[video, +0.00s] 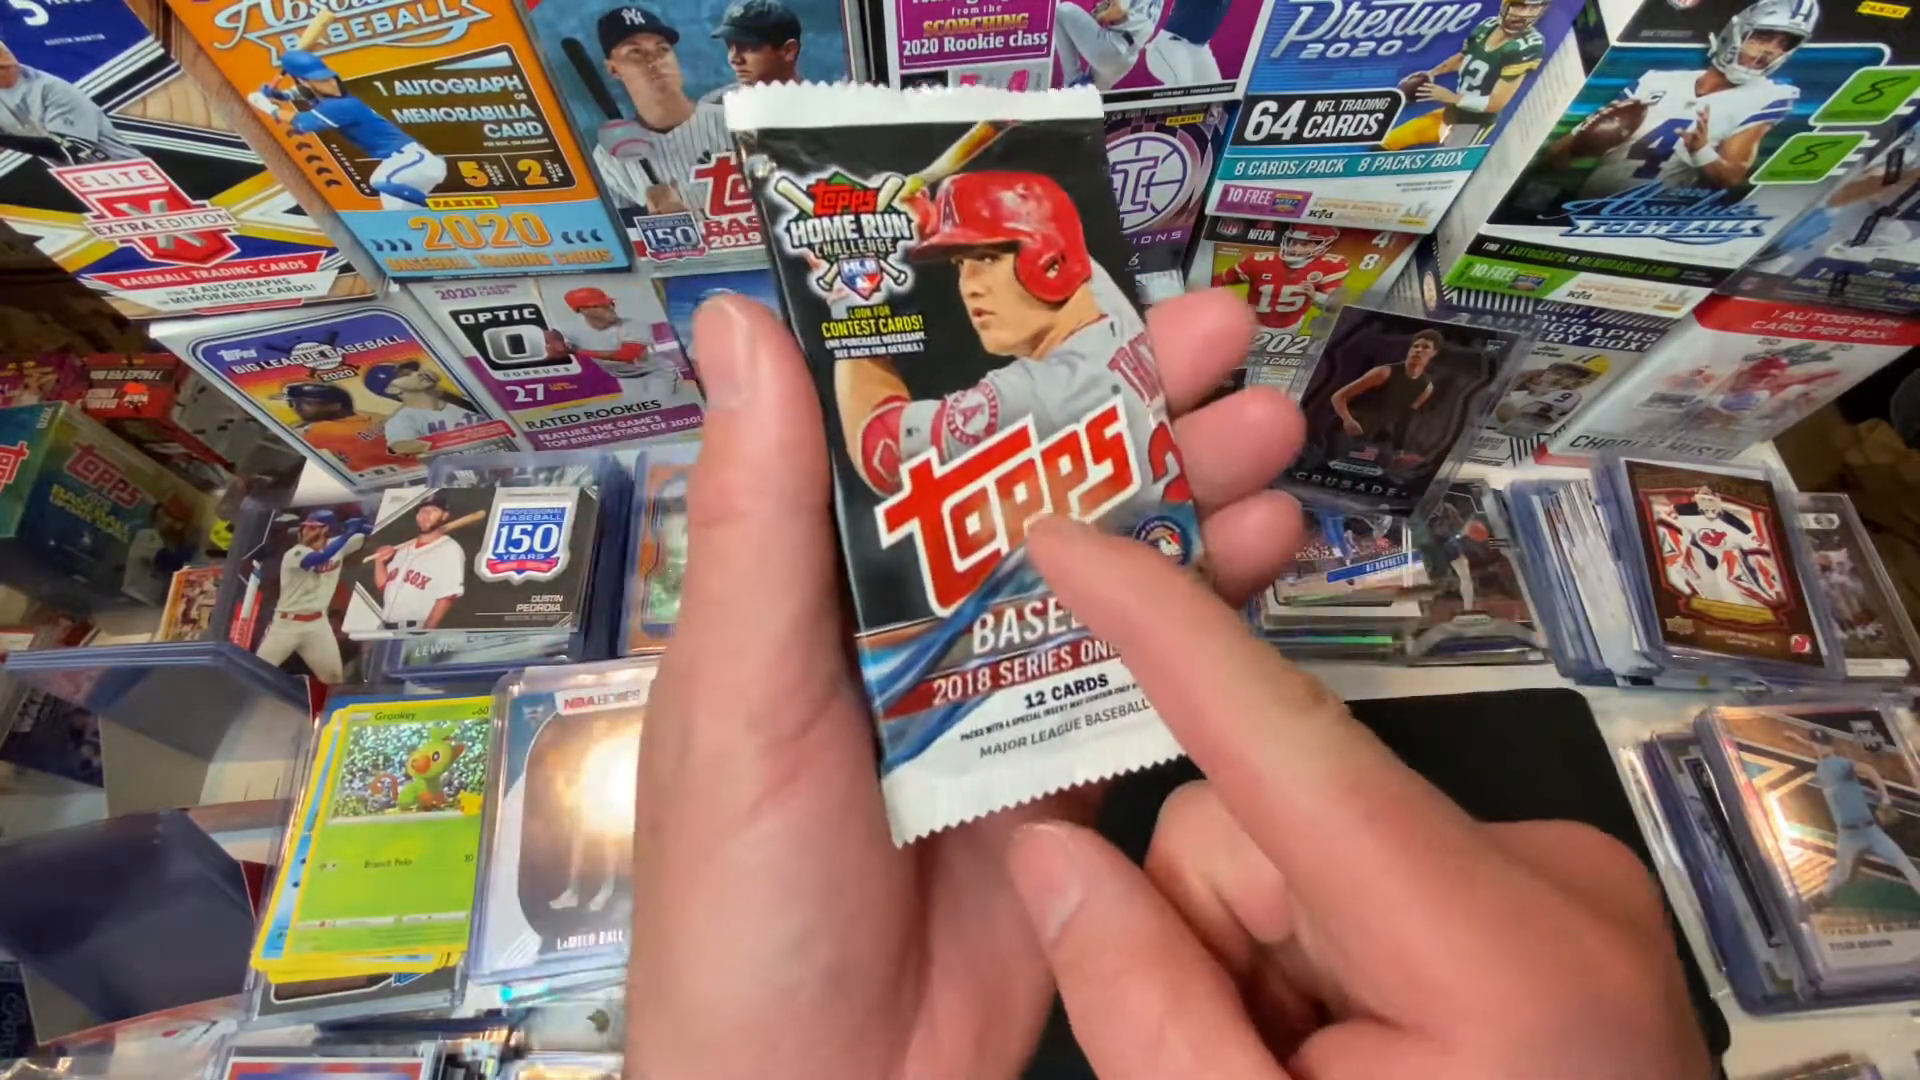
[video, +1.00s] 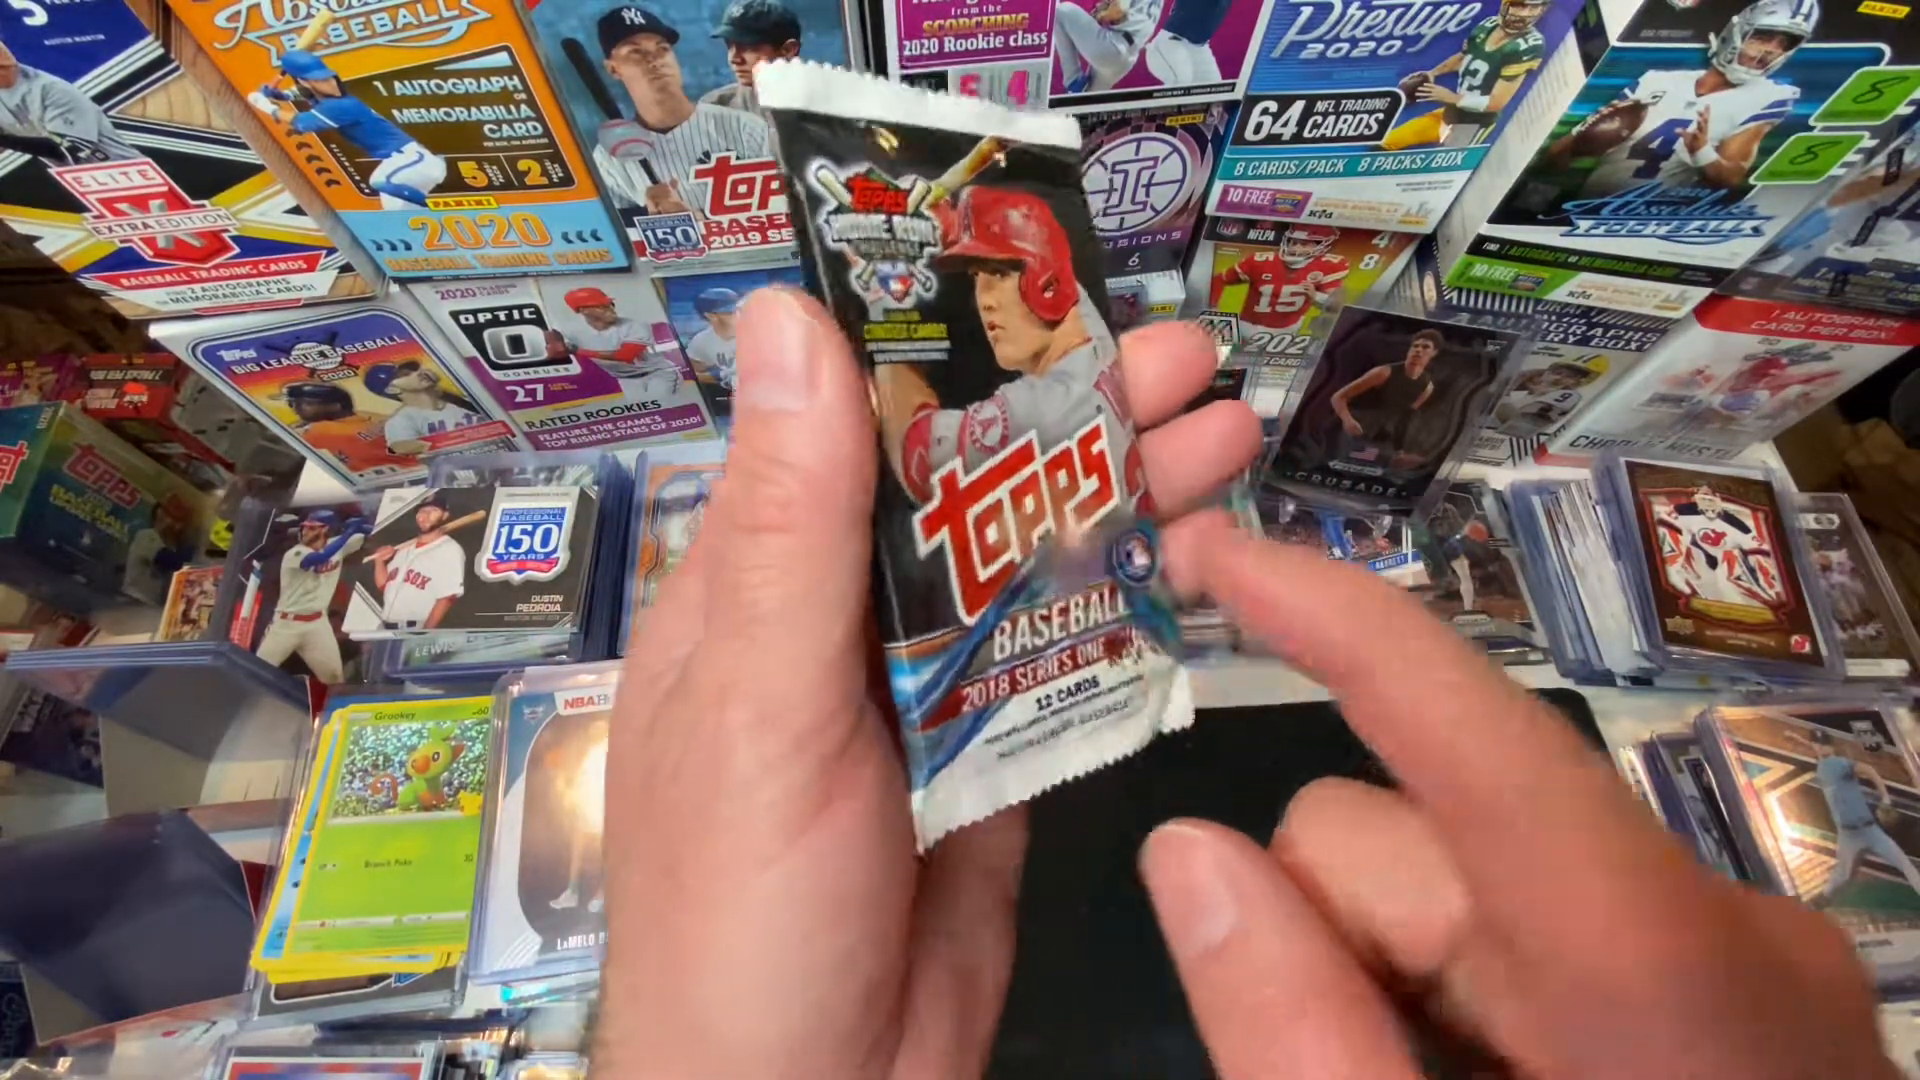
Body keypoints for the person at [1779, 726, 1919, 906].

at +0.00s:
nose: (1823, 749)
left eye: (1825, 744)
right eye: (1819, 745)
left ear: (1831, 745)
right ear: (1814, 748)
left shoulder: (1839, 764)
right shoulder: (1823, 767)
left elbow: (1868, 770)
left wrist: (1884, 797)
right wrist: (1796, 738)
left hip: (1871, 829)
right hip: (1847, 834)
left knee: (1904, 863)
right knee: (1842, 875)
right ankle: (1825, 896)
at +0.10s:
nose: (1823, 749)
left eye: (1825, 744)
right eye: (1819, 745)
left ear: (1831, 745)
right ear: (1814, 747)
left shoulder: (1839, 764)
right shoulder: (1823, 767)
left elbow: (1868, 770)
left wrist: (1885, 797)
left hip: (1871, 828)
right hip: (1847, 834)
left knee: (1904, 864)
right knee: (1843, 875)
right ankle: (1823, 897)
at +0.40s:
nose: (1824, 749)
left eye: (1826, 744)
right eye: (1819, 745)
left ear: (1831, 745)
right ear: (1814, 748)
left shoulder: (1839, 764)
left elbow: (1868, 770)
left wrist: (1885, 797)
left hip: (1871, 829)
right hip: (1847, 834)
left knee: (1904, 863)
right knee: (1842, 875)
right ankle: (1824, 897)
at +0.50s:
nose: (1823, 749)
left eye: (1826, 744)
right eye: (1819, 746)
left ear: (1831, 745)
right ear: (1814, 748)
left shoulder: (1839, 764)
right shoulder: (1823, 766)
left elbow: (1868, 770)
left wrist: (1885, 797)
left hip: (1870, 828)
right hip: (1847, 834)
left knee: (1904, 864)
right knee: (1843, 874)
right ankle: (1823, 897)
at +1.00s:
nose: (1822, 749)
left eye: (1824, 744)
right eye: (1818, 746)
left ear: (1830, 745)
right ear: (1815, 748)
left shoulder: (1840, 763)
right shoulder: (1822, 766)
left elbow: (1869, 770)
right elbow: (1812, 746)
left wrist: (1885, 797)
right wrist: (1797, 739)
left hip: (1870, 829)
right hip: (1847, 834)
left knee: (1903, 863)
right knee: (1842, 874)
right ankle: (1824, 897)